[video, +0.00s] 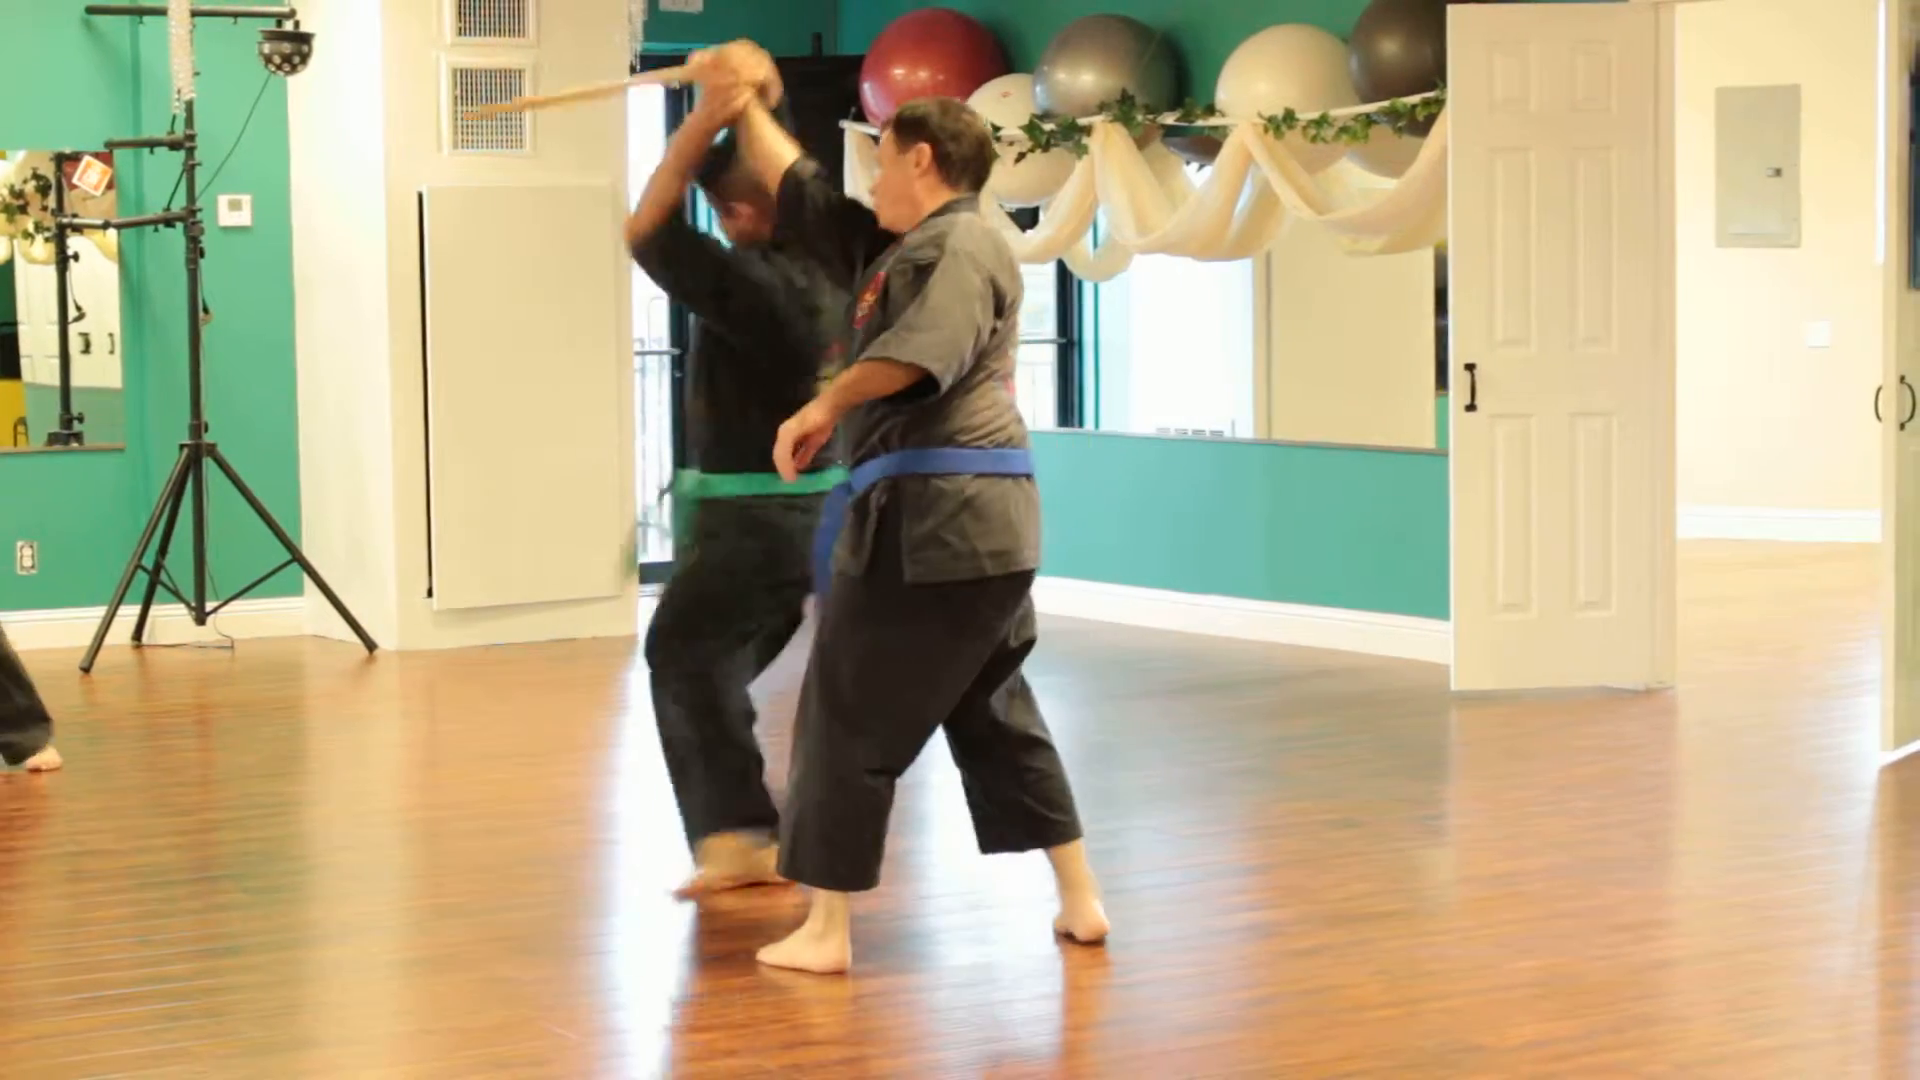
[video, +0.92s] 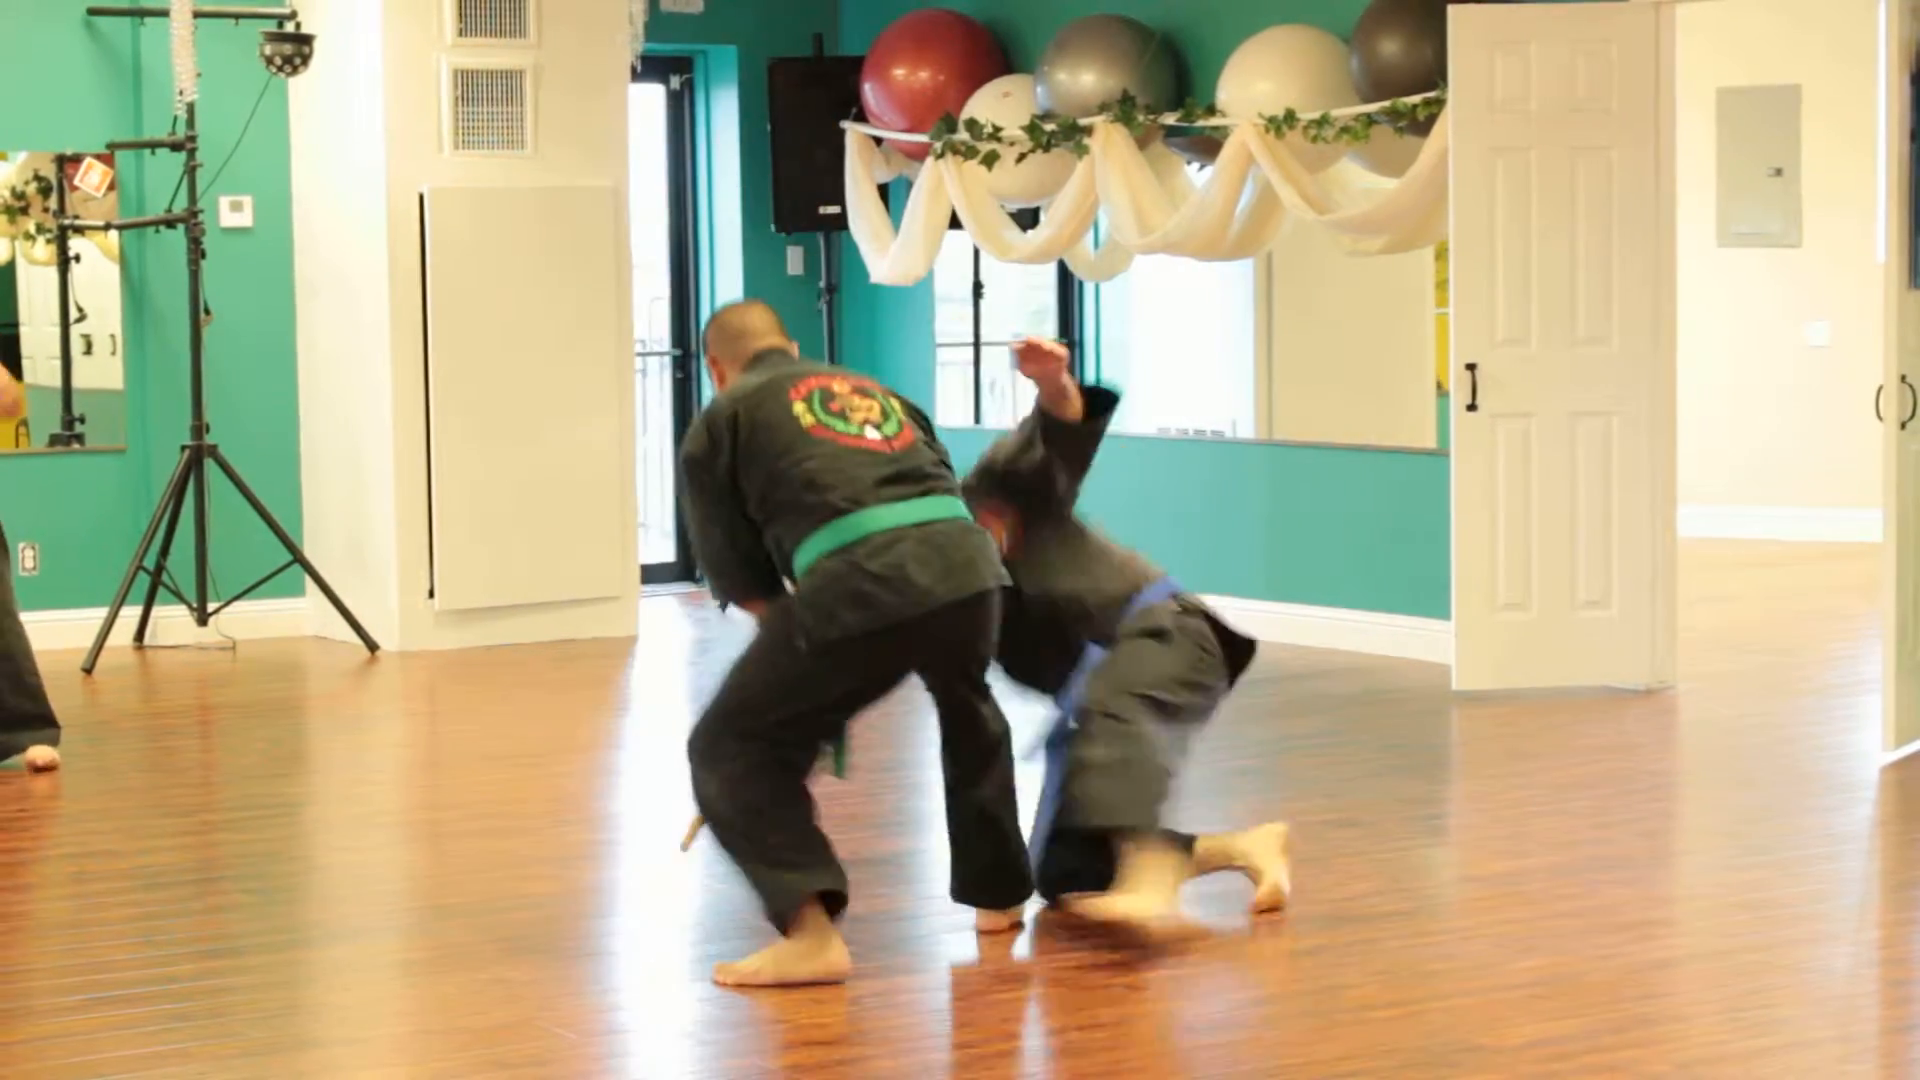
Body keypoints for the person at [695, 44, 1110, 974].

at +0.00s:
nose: (869, 178)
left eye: (880, 158)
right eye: (875, 160)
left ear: (921, 160)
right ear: (941, 161)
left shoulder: (957, 238)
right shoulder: (963, 236)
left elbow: (919, 356)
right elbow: (816, 197)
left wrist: (827, 404)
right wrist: (744, 112)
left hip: (930, 518)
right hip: (987, 515)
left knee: (840, 709)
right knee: (993, 705)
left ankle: (824, 928)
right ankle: (1081, 898)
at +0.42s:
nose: (923, 183)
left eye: (935, 167)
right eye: (927, 169)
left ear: (982, 172)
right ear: (989, 177)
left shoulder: (1021, 254)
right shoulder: (953, 262)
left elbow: (967, 362)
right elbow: (848, 271)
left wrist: (857, 401)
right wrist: (793, 228)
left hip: (975, 528)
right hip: (1011, 527)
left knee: (881, 709)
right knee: (1007, 697)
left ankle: (841, 922)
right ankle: (1091, 872)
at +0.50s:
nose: (929, 218)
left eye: (937, 200)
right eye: (928, 203)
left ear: (985, 187)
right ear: (989, 191)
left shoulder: (1037, 248)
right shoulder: (961, 279)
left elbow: (1000, 339)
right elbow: (874, 323)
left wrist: (901, 381)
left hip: (1007, 513)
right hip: (1038, 515)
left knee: (914, 695)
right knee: (1014, 691)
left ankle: (907, 907)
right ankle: (1100, 865)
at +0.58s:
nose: (928, 258)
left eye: (934, 238)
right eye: (924, 244)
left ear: (982, 224)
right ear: (973, 229)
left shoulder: (1038, 256)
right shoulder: (970, 314)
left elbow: (1016, 321)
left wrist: (926, 355)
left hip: (1035, 519)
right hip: (1070, 523)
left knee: (938, 700)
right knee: (1034, 691)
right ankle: (1128, 841)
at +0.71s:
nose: (919, 370)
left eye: (926, 349)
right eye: (910, 360)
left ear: (967, 329)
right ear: (917, 362)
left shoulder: (1036, 359)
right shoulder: (942, 412)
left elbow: (1068, 335)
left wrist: (974, 330)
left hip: (1096, 565)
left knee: (977, 719)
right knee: (1041, 740)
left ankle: (1054, 914)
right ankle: (1225, 805)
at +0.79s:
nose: (935, 399)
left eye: (934, 389)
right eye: (924, 396)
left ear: (964, 394)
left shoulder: (1027, 413)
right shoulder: (961, 474)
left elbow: (1066, 374)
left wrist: (1009, 347)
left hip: (1133, 590)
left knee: (1018, 711)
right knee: (1070, 796)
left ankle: (1057, 914)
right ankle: (1260, 832)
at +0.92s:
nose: (972, 546)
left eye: (970, 530)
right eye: (961, 536)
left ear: (994, 516)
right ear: (978, 530)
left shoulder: (1016, 502)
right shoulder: (984, 595)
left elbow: (1058, 444)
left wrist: (1056, 389)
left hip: (1169, 631)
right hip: (1107, 687)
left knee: (1111, 709)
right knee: (1068, 873)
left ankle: (1149, 874)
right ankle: (1244, 847)